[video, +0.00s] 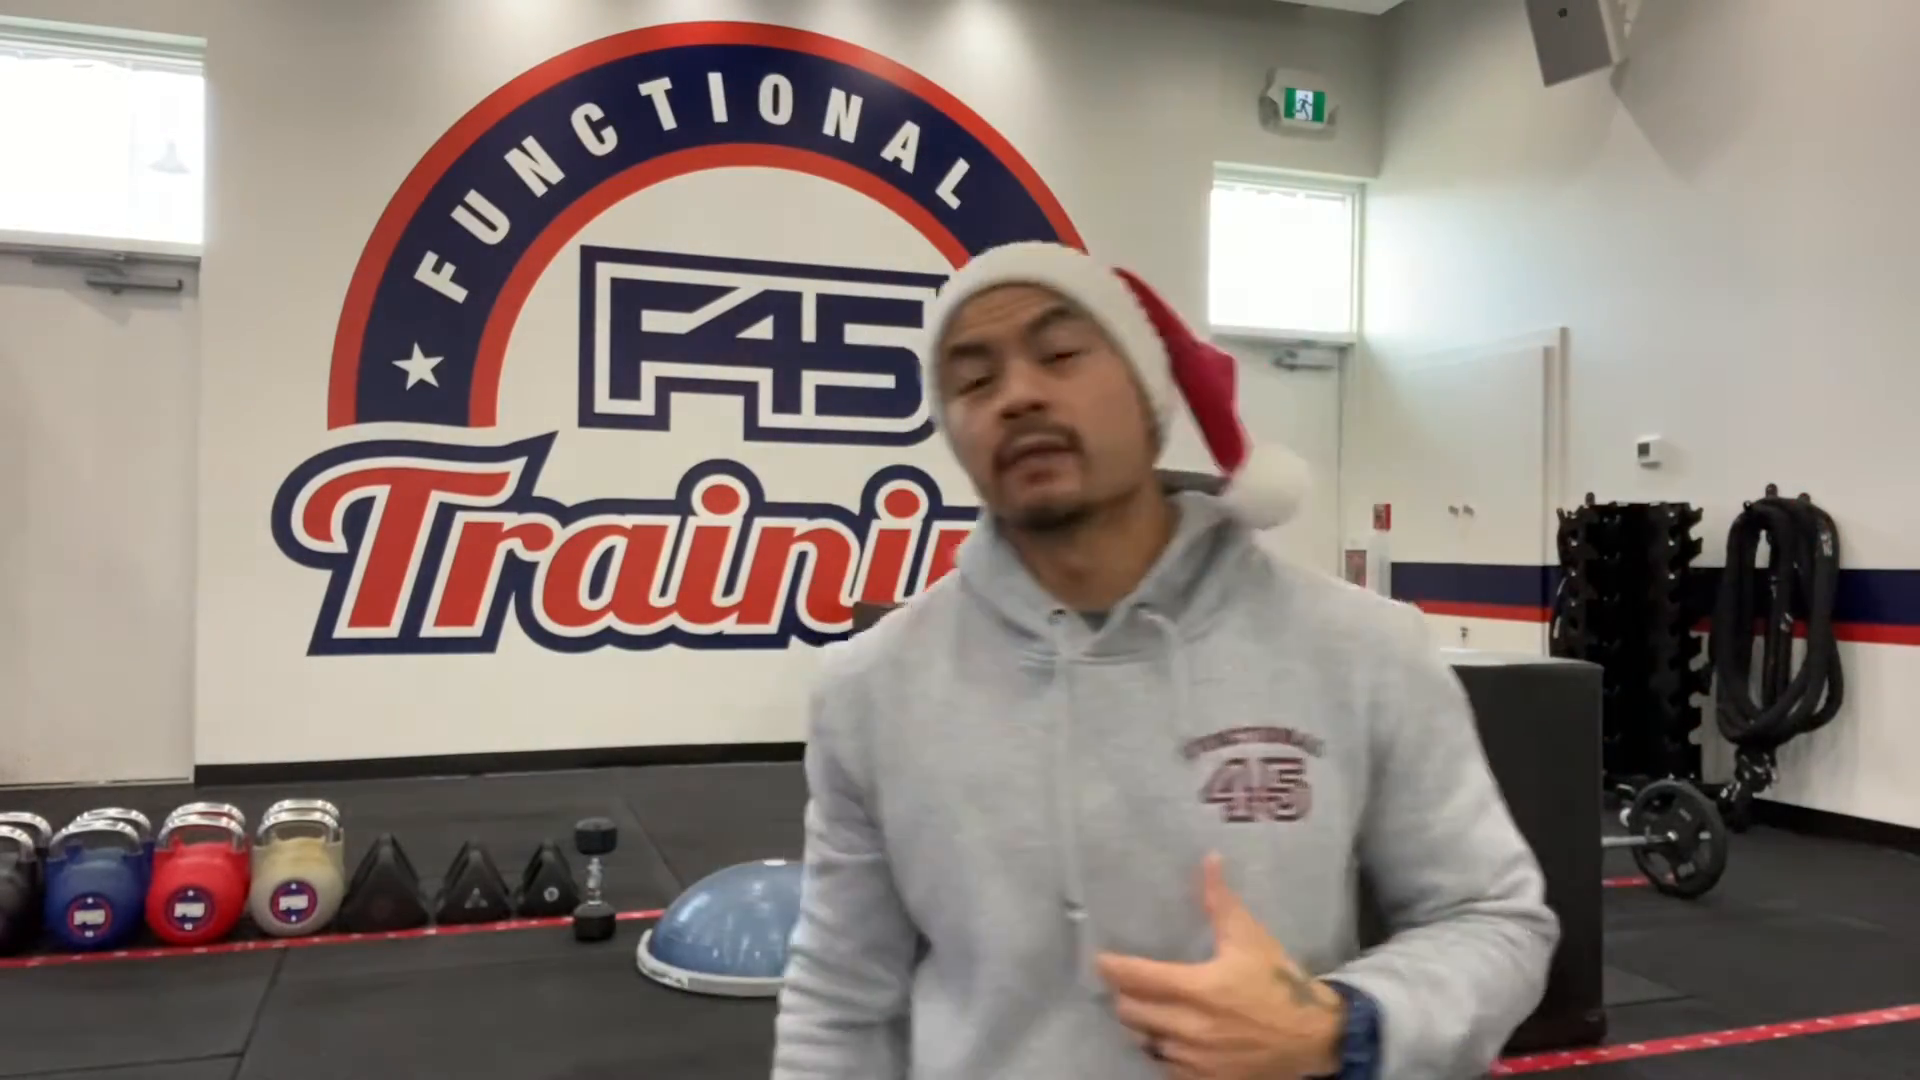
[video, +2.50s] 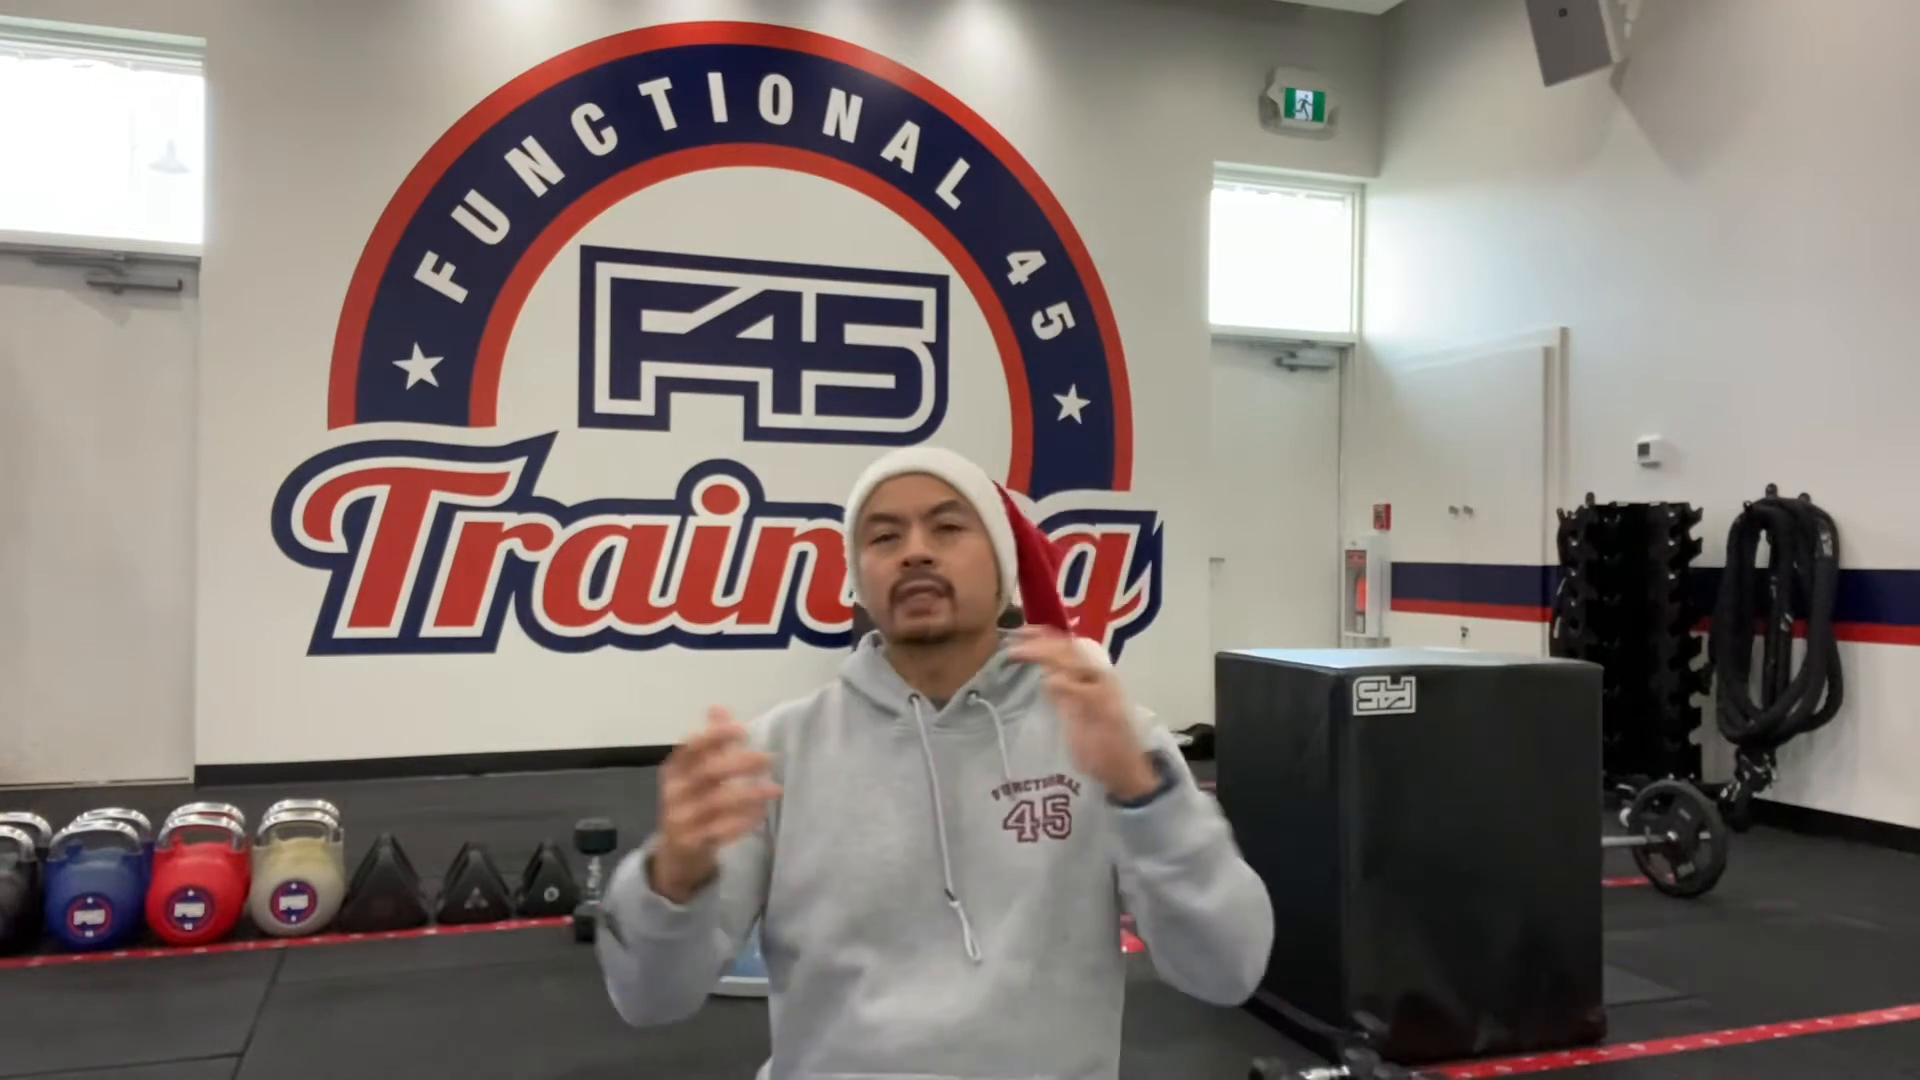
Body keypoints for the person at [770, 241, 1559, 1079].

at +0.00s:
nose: (1017, 398)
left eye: (1061, 352)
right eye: (974, 378)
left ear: (1155, 385)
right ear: (950, 437)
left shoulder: (1364, 655)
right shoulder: (869, 697)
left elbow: (1496, 920)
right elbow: (836, 1012)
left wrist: (1344, 1030)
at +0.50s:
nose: (703, 453)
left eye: (740, 401)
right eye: (673, 435)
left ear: (846, 408)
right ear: (666, 482)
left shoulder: (1062, 628)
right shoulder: (667, 740)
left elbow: (1270, 857)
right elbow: (646, 976)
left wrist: (1221, 908)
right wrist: (416, 1000)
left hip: (1060, 1068)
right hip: (805, 1073)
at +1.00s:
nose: (1008, 547)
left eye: (1050, 504)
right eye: (971, 503)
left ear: (1115, 525)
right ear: (925, 519)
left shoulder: (1217, 734)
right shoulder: (803, 711)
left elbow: (1348, 958)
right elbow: (666, 887)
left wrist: (1481, 898)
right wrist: (513, 838)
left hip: (1097, 1075)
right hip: (844, 1069)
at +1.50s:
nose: (1137, 606)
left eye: (1179, 582)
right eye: (1113, 563)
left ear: (1217, 618)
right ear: (1056, 571)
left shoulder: (1259, 816)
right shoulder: (891, 713)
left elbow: (1311, 1039)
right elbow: (725, 836)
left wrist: (1469, 1018)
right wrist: (634, 777)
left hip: (1106, 1074)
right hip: (870, 1066)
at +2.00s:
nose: (1068, 562)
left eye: (1104, 547)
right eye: (1044, 533)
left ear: (1138, 598)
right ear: (990, 559)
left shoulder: (1185, 803)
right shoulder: (834, 711)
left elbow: (1247, 1039)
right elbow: (646, 842)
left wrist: (1401, 962)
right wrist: (567, 719)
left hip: (1049, 1079)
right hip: (830, 1073)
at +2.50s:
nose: (916, 550)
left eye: (949, 527)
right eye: (885, 534)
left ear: (1004, 565)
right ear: (855, 581)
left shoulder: (1095, 721)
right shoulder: (779, 747)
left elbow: (1228, 973)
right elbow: (651, 1001)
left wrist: (1135, 781)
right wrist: (674, 876)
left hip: (1051, 1067)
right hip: (839, 1067)